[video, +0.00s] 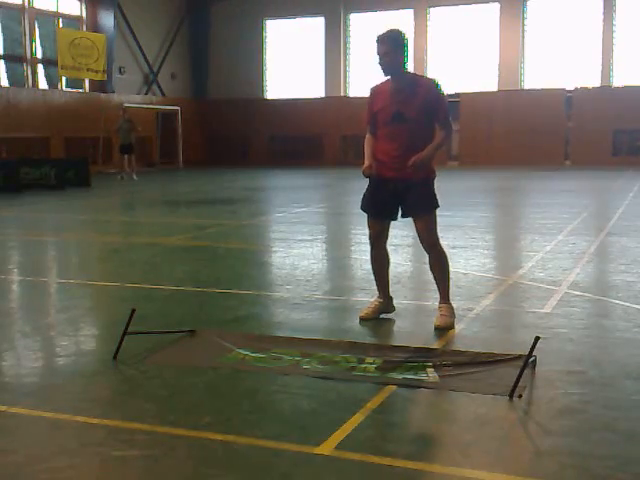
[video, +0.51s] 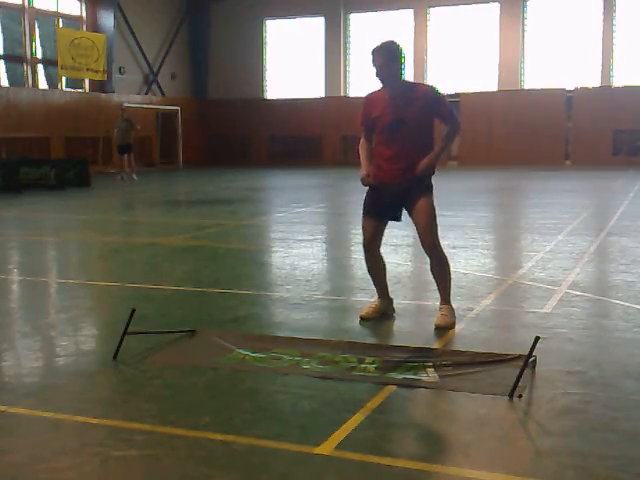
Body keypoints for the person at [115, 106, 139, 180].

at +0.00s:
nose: (125, 116)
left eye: (126, 114)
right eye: (123, 114)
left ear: (127, 114)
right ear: (122, 115)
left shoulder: (130, 123)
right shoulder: (120, 123)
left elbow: (135, 130)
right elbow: (116, 130)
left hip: (130, 142)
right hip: (123, 143)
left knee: (133, 158)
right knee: (124, 159)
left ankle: (133, 173)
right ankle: (123, 173)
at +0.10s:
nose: (123, 114)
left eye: (124, 113)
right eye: (122, 113)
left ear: (126, 113)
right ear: (120, 113)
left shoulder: (130, 122)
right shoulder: (120, 122)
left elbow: (136, 129)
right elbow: (116, 130)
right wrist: (120, 122)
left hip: (130, 142)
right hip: (122, 142)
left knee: (132, 158)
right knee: (122, 159)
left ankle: (133, 173)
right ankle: (122, 173)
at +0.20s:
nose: (123, 115)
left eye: (124, 113)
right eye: (122, 113)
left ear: (126, 113)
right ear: (120, 113)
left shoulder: (129, 122)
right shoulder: (120, 123)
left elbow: (135, 129)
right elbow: (117, 131)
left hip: (129, 142)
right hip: (122, 142)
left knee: (132, 158)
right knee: (122, 159)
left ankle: (133, 173)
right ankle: (122, 173)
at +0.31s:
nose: (122, 114)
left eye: (124, 113)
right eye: (121, 113)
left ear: (126, 113)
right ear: (120, 113)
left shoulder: (129, 122)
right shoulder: (119, 122)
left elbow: (135, 129)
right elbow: (117, 131)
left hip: (129, 142)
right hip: (121, 142)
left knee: (131, 158)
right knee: (122, 159)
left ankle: (133, 173)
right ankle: (122, 173)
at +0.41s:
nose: (123, 114)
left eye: (124, 112)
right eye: (122, 112)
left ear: (126, 113)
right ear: (120, 113)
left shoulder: (129, 121)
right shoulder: (119, 122)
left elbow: (135, 129)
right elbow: (116, 130)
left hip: (129, 142)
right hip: (121, 142)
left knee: (131, 158)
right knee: (122, 159)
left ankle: (133, 173)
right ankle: (122, 173)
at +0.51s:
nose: (122, 113)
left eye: (124, 111)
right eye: (121, 111)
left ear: (126, 112)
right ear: (120, 112)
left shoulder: (128, 121)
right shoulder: (119, 122)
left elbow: (136, 128)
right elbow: (116, 130)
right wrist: (116, 140)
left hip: (129, 142)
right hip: (121, 142)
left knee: (131, 158)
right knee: (122, 159)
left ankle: (133, 173)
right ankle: (122, 173)